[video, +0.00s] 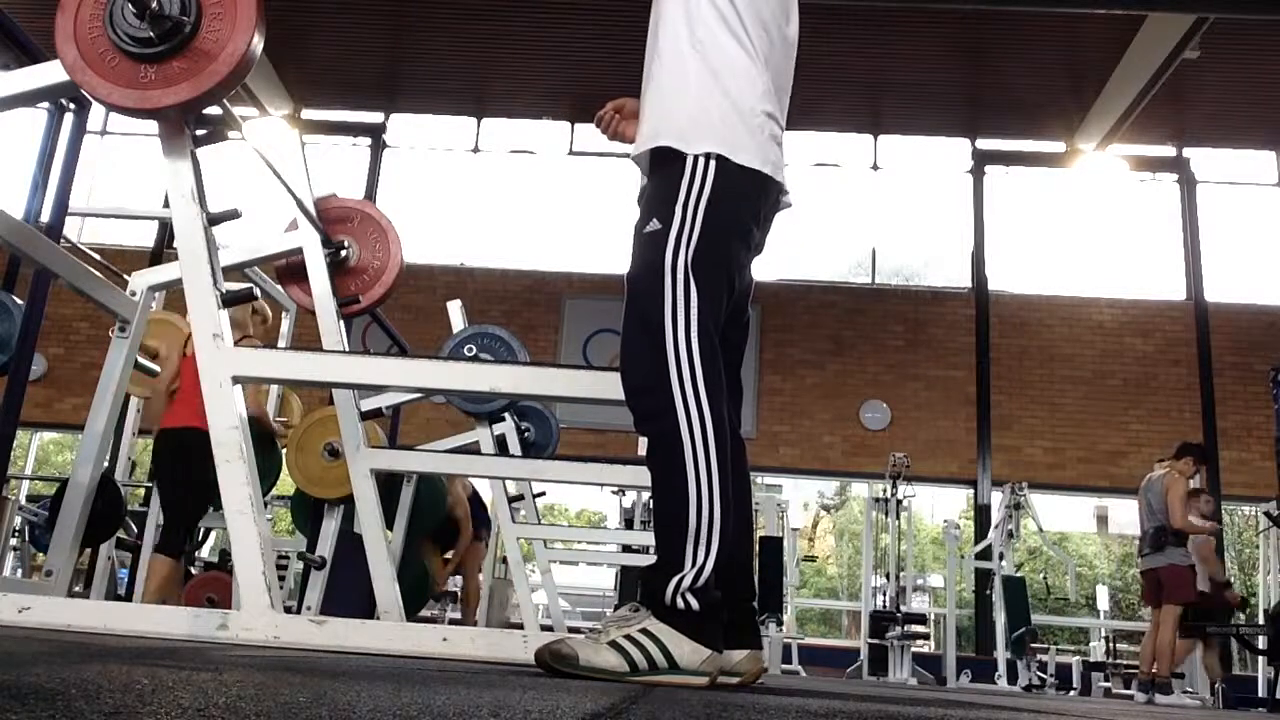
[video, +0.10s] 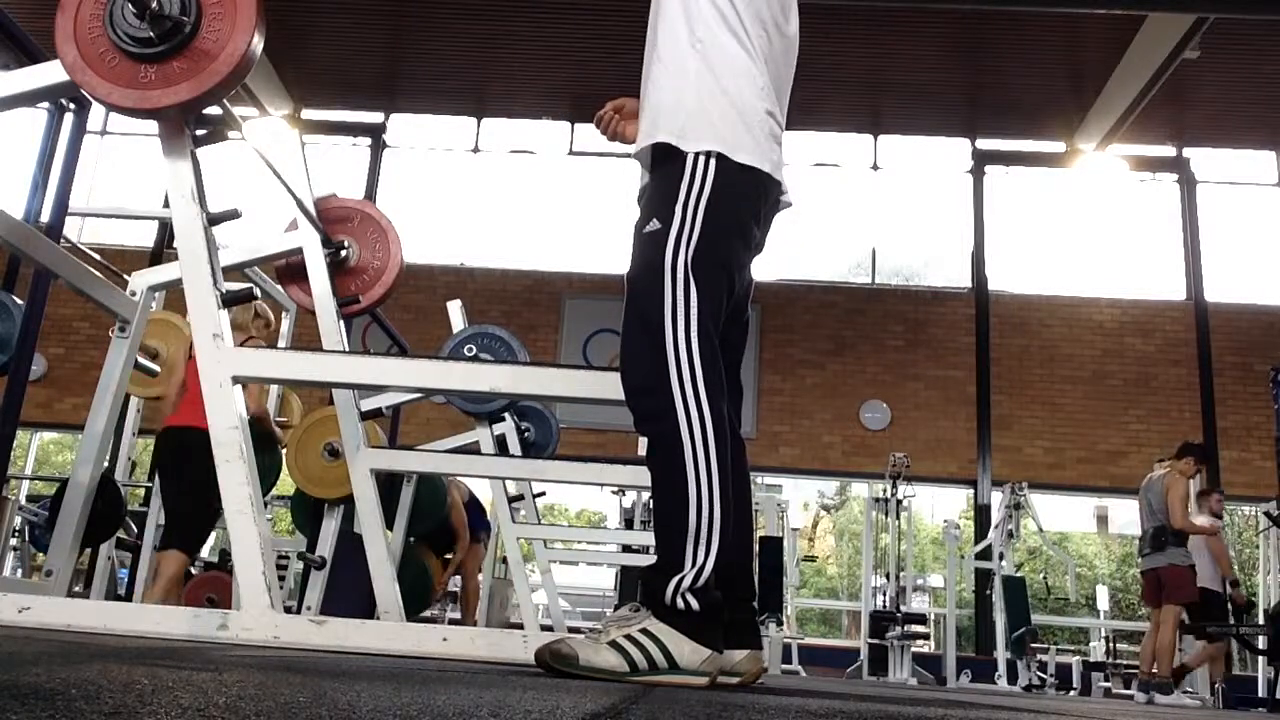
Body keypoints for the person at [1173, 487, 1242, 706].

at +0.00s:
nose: (1210, 505)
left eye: (1209, 501)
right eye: (1206, 502)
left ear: (1192, 506)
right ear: (1194, 504)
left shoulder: (1183, 527)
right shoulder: (1202, 530)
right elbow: (1211, 566)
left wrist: (1226, 590)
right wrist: (1225, 583)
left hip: (1192, 590)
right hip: (1203, 592)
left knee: (1209, 644)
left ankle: (1222, 690)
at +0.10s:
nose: (1222, 506)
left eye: (1222, 502)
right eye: (1218, 502)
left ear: (1203, 504)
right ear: (1206, 503)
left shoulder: (1193, 524)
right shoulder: (1210, 525)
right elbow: (1221, 558)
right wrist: (1234, 585)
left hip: (1196, 586)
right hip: (1209, 587)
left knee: (1217, 643)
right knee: (1219, 642)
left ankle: (1219, 691)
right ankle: (1180, 671)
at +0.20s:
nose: (1232, 505)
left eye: (1232, 501)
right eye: (1229, 501)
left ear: (1212, 504)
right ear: (1217, 503)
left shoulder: (1197, 528)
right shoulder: (1222, 531)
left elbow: (1199, 559)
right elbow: (1235, 566)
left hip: (1201, 588)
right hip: (1220, 589)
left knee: (1219, 641)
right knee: (1237, 639)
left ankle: (1218, 688)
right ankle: (1206, 669)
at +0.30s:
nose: (1245, 506)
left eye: (1245, 502)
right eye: (1241, 502)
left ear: (1225, 505)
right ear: (1228, 503)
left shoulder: (1207, 527)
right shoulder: (1233, 526)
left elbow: (1202, 563)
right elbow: (1239, 556)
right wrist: (1255, 583)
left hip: (1211, 590)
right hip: (1234, 590)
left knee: (1223, 640)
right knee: (1249, 638)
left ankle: (1219, 689)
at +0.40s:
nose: (1257, 508)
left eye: (1256, 503)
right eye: (1254, 504)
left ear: (1237, 507)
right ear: (1244, 506)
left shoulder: (1226, 528)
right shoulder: (1244, 529)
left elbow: (1227, 563)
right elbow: (1252, 563)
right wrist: (1269, 588)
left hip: (1222, 593)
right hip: (1242, 595)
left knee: (1228, 643)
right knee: (1271, 637)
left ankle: (1220, 690)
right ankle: (1271, 692)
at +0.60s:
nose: (1279, 512)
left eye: (1278, 507)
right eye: (1277, 508)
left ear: (1259, 510)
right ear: (1268, 508)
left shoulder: (1249, 533)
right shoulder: (1272, 533)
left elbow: (1243, 564)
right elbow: (1275, 562)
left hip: (1250, 593)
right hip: (1269, 595)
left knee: (1246, 644)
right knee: (1274, 646)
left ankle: (1229, 680)